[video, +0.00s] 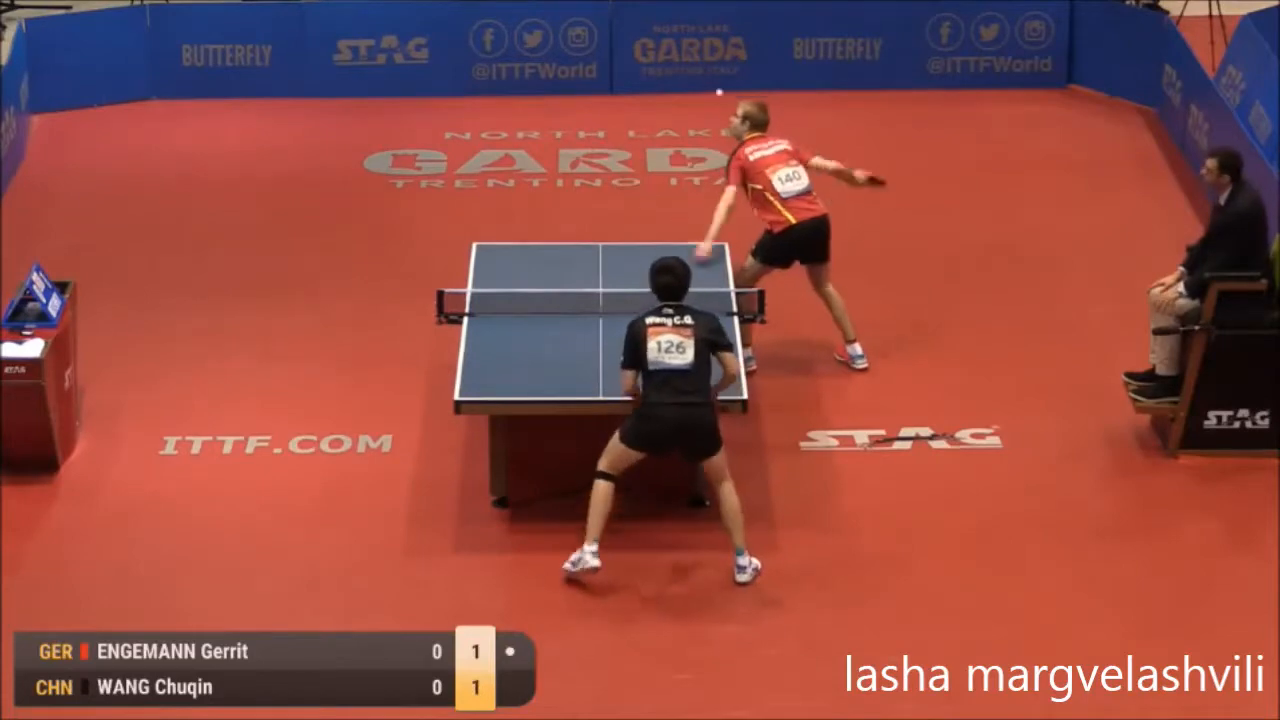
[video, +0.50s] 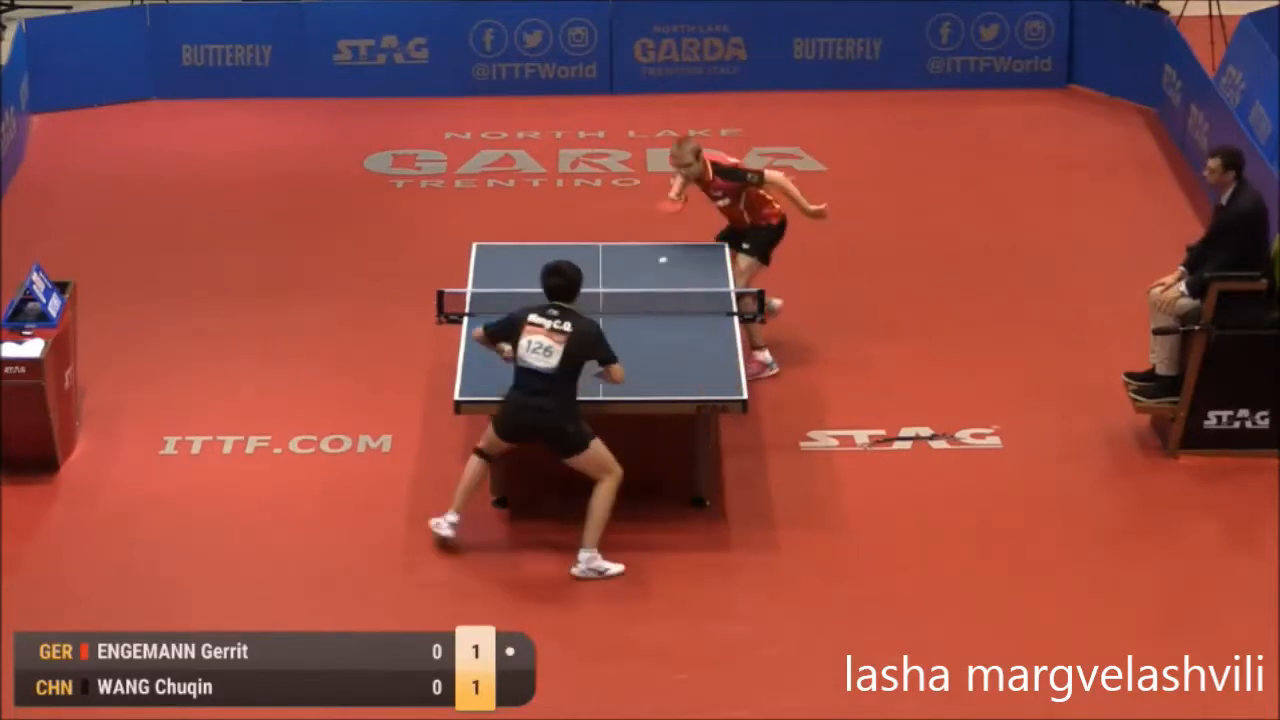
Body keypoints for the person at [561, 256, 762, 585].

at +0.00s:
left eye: (658, 282)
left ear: (653, 287)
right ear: (687, 287)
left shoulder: (639, 325)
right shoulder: (706, 321)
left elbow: (628, 385)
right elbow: (732, 371)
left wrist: (643, 397)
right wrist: (713, 391)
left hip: (653, 417)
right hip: (699, 418)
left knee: (607, 471)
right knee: (722, 482)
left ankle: (589, 550)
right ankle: (742, 559)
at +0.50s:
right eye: (572, 287)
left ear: (545, 289)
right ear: (576, 291)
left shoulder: (525, 317)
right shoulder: (588, 329)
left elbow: (480, 335)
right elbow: (616, 376)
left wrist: (501, 349)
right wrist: (602, 368)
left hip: (515, 413)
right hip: (559, 420)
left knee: (483, 454)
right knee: (610, 474)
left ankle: (450, 520)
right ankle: (588, 556)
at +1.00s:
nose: (495, 320)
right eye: (495, 317)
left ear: (465, 314)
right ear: (493, 322)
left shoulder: (443, 331)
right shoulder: (497, 348)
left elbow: (420, 327)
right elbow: (530, 366)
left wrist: (442, 324)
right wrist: (524, 343)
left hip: (422, 427)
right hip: (459, 435)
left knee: (416, 460)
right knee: (527, 485)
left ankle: (388, 521)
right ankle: (572, 558)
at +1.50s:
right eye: (551, 307)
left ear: (525, 314)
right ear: (557, 310)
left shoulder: (510, 352)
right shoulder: (579, 341)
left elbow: (468, 378)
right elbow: (627, 371)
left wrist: (485, 377)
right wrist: (612, 387)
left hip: (534, 446)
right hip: (580, 442)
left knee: (494, 500)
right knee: (640, 484)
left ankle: (454, 556)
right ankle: (634, 570)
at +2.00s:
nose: (650, 359)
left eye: (648, 355)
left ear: (647, 362)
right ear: (680, 354)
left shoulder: (653, 403)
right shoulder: (703, 377)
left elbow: (652, 461)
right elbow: (728, 415)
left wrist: (613, 484)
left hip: (687, 486)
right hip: (730, 479)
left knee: (629, 547)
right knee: (764, 528)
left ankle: (590, 622)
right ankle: (750, 609)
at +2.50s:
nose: (765, 312)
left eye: (767, 308)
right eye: (769, 306)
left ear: (772, 315)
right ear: (805, 311)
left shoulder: (772, 359)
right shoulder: (827, 340)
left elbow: (783, 420)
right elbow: (850, 388)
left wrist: (781, 476)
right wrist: (813, 399)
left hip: (800, 455)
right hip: (840, 448)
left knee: (779, 535)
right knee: (857, 518)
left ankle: (771, 625)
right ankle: (878, 595)